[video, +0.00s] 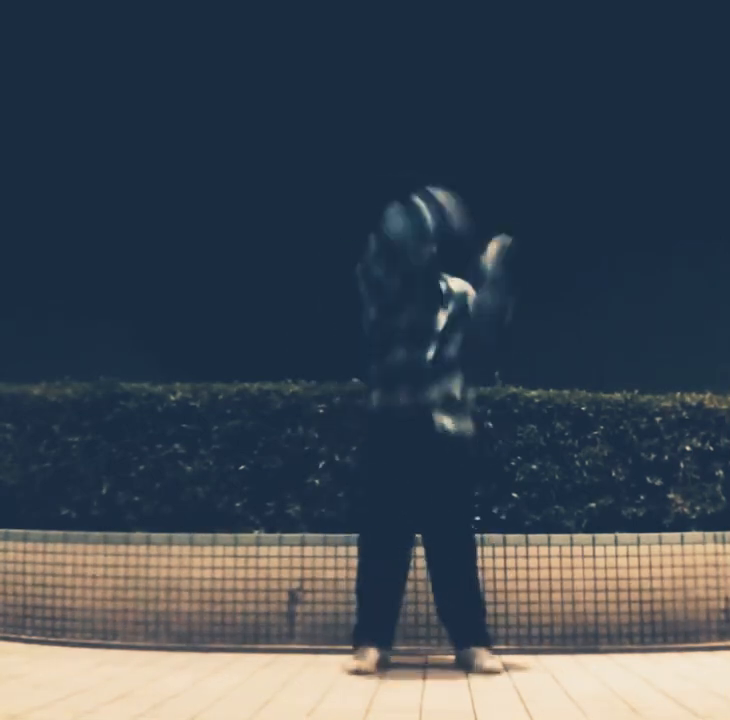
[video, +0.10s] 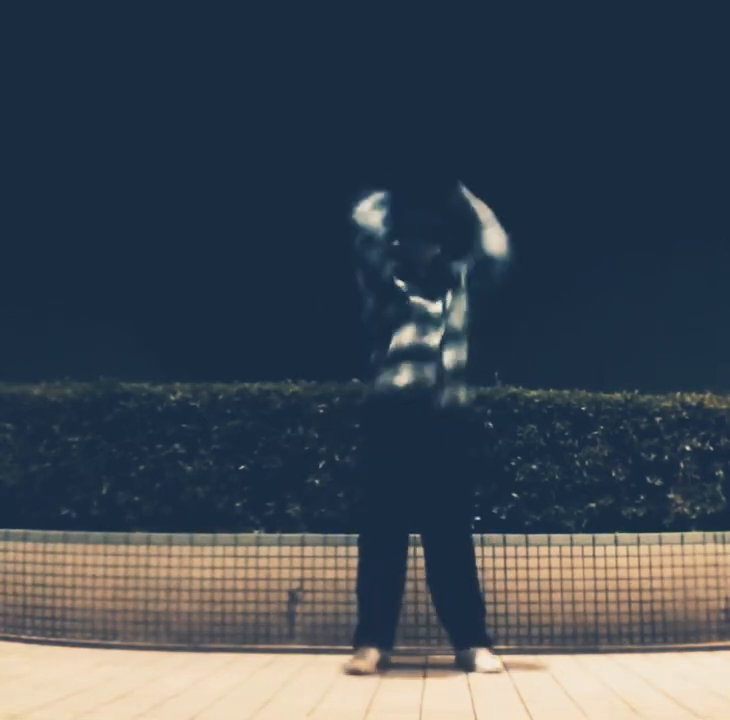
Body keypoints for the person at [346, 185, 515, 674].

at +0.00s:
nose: (409, 251)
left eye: (419, 240)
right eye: (401, 240)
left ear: (437, 242)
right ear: (389, 242)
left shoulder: (458, 292)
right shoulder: (379, 292)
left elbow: (489, 328)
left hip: (448, 427)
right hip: (390, 427)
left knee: (453, 536)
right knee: (383, 536)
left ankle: (471, 643)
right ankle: (371, 642)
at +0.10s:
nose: (427, 245)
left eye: (436, 236)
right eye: (417, 235)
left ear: (450, 239)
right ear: (399, 240)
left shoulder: (466, 278)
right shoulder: (383, 279)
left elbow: (497, 250)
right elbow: (365, 227)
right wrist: (390, 195)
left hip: (449, 415)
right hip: (390, 413)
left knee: (451, 528)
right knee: (382, 529)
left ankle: (472, 643)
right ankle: (372, 642)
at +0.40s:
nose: (413, 258)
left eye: (420, 248)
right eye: (403, 248)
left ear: (433, 247)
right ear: (387, 248)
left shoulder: (460, 291)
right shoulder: (368, 291)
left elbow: (475, 362)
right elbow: (352, 362)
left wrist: (458, 342)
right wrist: (363, 351)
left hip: (456, 430)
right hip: (391, 431)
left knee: (488, 520)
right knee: (379, 529)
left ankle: (479, 632)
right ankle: (372, 644)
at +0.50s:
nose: (410, 260)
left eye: (419, 251)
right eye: (401, 252)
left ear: (434, 245)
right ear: (388, 249)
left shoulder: (462, 281)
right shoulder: (370, 284)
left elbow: (486, 346)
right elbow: (347, 348)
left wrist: (463, 341)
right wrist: (364, 347)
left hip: (452, 421)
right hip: (381, 422)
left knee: (490, 515)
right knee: (351, 515)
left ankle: (487, 637)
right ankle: (350, 634)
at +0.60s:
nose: (413, 240)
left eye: (423, 231)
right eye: (403, 232)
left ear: (436, 230)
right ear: (391, 232)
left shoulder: (463, 267)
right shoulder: (373, 270)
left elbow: (492, 326)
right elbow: (347, 339)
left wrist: (466, 329)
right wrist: (367, 331)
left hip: (451, 418)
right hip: (382, 418)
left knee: (467, 519)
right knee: (361, 518)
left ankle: (484, 634)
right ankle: (354, 633)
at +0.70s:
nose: (412, 258)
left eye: (421, 248)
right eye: (402, 248)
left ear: (434, 233)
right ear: (388, 236)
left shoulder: (460, 262)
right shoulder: (368, 265)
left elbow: (489, 303)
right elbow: (335, 325)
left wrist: (461, 325)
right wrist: (368, 336)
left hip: (451, 418)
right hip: (383, 417)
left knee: (460, 516)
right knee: (376, 517)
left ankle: (447, 622)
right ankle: (372, 627)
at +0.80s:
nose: (405, 265)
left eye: (414, 256)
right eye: (397, 256)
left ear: (430, 251)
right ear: (383, 254)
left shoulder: (454, 293)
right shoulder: (364, 297)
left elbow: (473, 359)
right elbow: (344, 360)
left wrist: (448, 354)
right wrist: (350, 381)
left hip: (444, 431)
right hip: (379, 431)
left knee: (442, 525)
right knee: (370, 511)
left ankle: (431, 626)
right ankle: (385, 595)